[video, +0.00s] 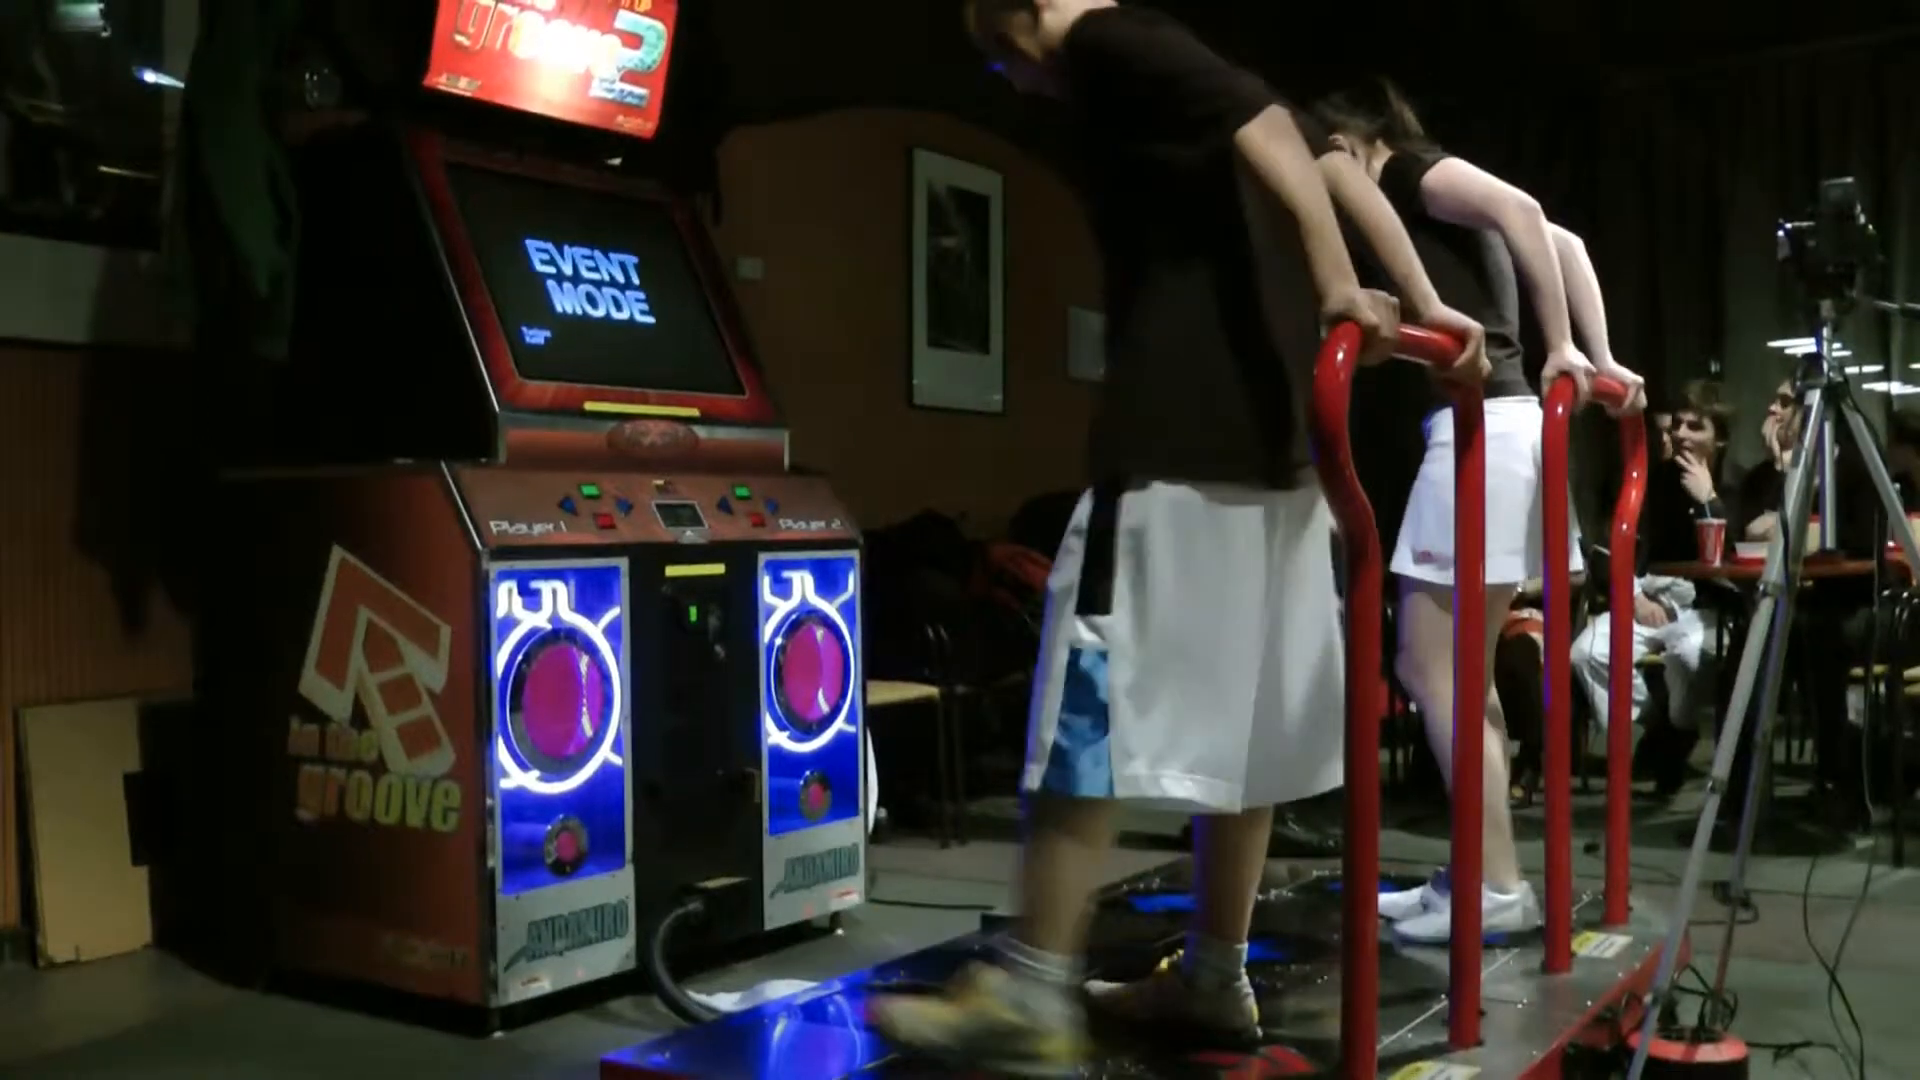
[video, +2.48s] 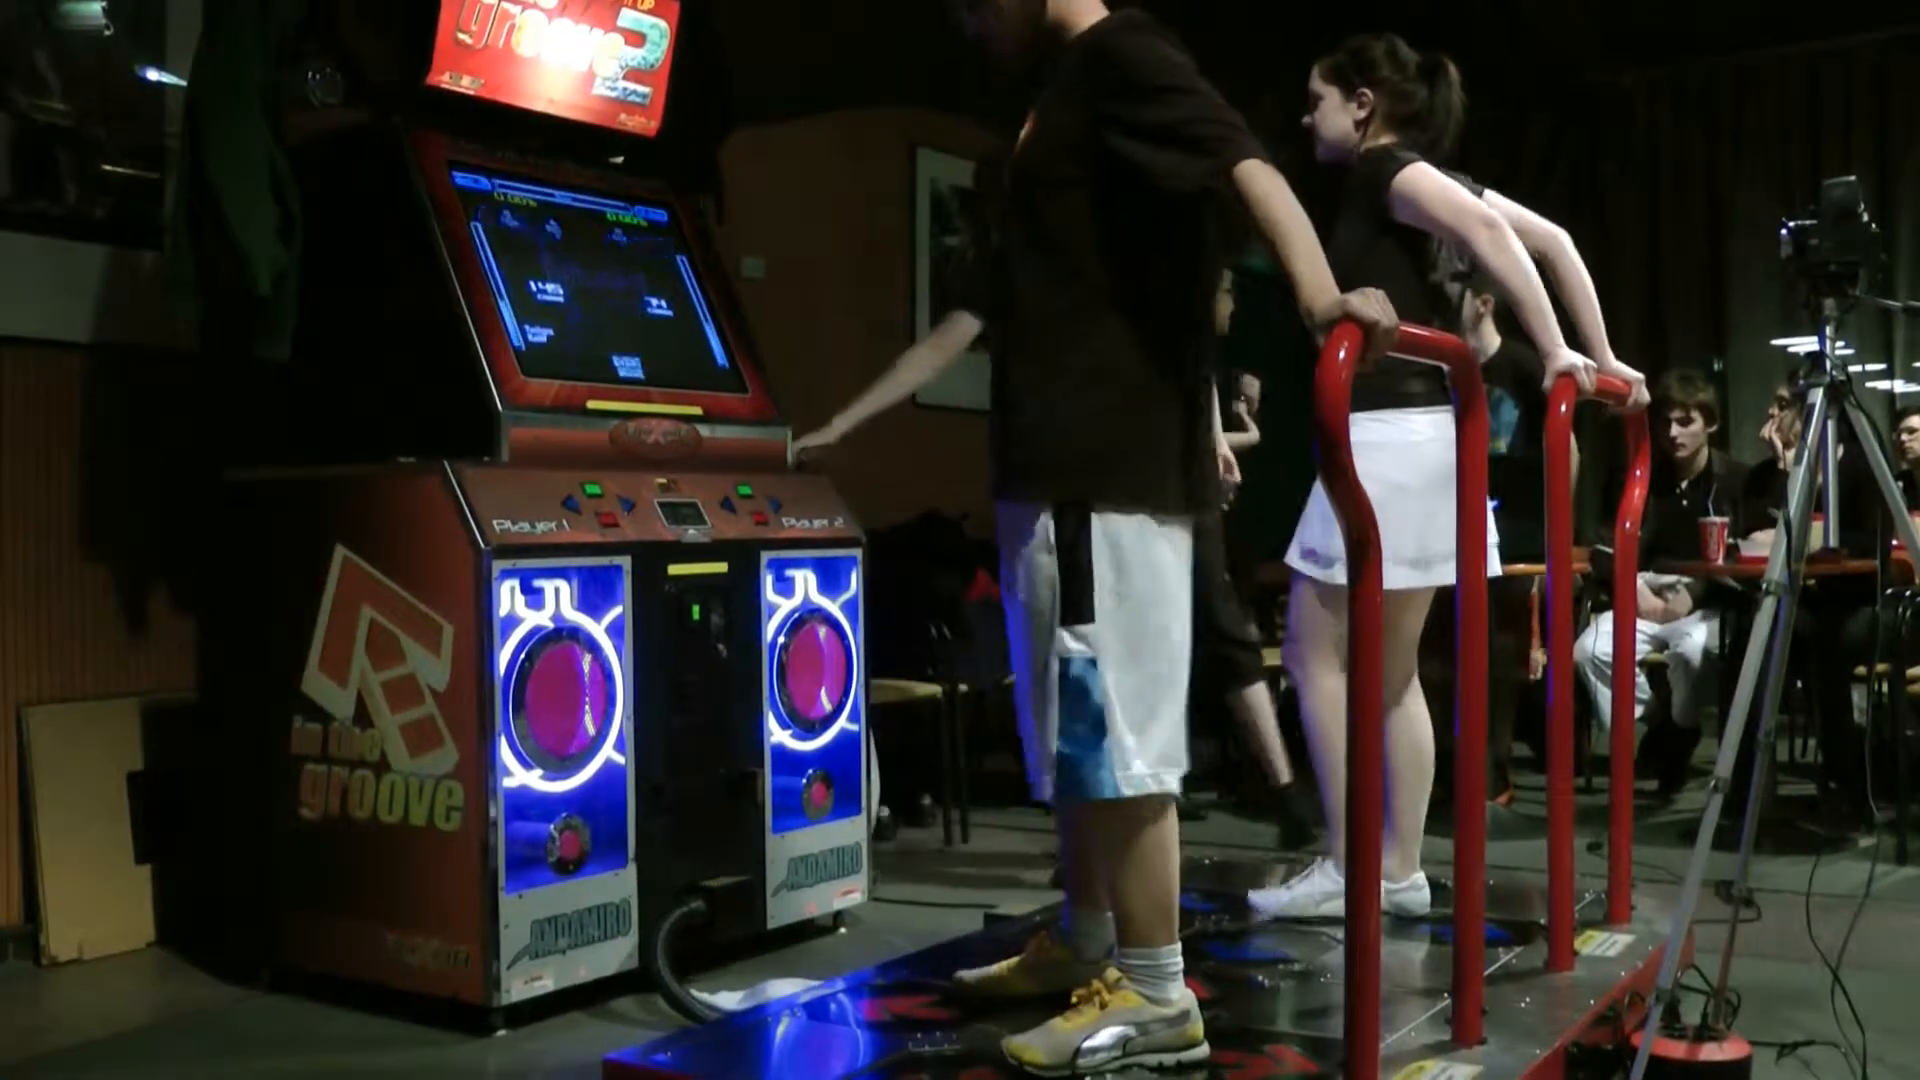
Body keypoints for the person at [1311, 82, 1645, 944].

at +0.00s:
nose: (1335, 170)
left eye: (1335, 155)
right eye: (1331, 158)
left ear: (1364, 141)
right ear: (1393, 132)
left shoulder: (1417, 173)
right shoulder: (1440, 181)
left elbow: (1522, 214)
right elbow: (1562, 240)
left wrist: (1561, 348)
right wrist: (1604, 354)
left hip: (1481, 434)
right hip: (1509, 435)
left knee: (1435, 665)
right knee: (1448, 666)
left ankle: (1493, 885)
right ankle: (1485, 875)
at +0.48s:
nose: (1311, 177)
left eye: (1311, 160)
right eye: (1307, 164)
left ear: (1336, 144)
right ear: (1389, 135)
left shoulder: (1393, 181)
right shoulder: (1444, 186)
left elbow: (1499, 224)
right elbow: (1563, 239)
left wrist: (1555, 347)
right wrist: (1601, 356)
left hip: (1456, 435)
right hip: (1504, 434)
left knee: (1433, 670)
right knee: (1473, 675)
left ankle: (1447, 888)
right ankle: (1475, 885)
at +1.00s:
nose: (1301, 168)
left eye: (1305, 148)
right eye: (1296, 153)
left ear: (1346, 128)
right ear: (1356, 132)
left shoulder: (1416, 175)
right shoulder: (1412, 191)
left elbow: (1522, 212)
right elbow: (1549, 250)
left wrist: (1557, 350)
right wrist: (1600, 361)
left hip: (1438, 438)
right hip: (1427, 440)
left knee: (1424, 665)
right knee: (1406, 664)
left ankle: (1440, 884)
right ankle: (1422, 872)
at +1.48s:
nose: (1310, 135)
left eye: (1317, 118)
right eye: (1311, 120)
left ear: (1362, 115)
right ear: (1380, 119)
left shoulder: (1383, 177)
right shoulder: (1422, 182)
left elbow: (1495, 235)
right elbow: (1545, 250)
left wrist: (1554, 354)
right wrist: (1600, 357)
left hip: (1407, 448)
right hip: (1431, 447)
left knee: (1380, 675)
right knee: (1393, 676)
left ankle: (1436, 882)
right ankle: (1402, 876)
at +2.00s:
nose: (1307, 123)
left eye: (1318, 106)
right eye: (1310, 106)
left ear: (1364, 109)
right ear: (1389, 114)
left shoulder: (1373, 178)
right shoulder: (1434, 179)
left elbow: (1473, 235)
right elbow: (1552, 235)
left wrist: (1552, 351)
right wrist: (1603, 352)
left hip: (1385, 446)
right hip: (1441, 445)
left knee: (1321, 663)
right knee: (1396, 675)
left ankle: (1366, 868)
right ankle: (1402, 872)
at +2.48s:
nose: (1312, 118)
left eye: (1320, 101)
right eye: (1312, 102)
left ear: (1366, 103)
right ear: (1391, 107)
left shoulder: (1386, 172)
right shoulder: (1432, 178)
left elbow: (1489, 228)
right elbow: (1552, 238)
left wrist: (1556, 351)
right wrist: (1603, 355)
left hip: (1378, 446)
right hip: (1437, 447)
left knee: (1317, 657)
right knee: (1396, 676)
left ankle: (1344, 864)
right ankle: (1401, 872)